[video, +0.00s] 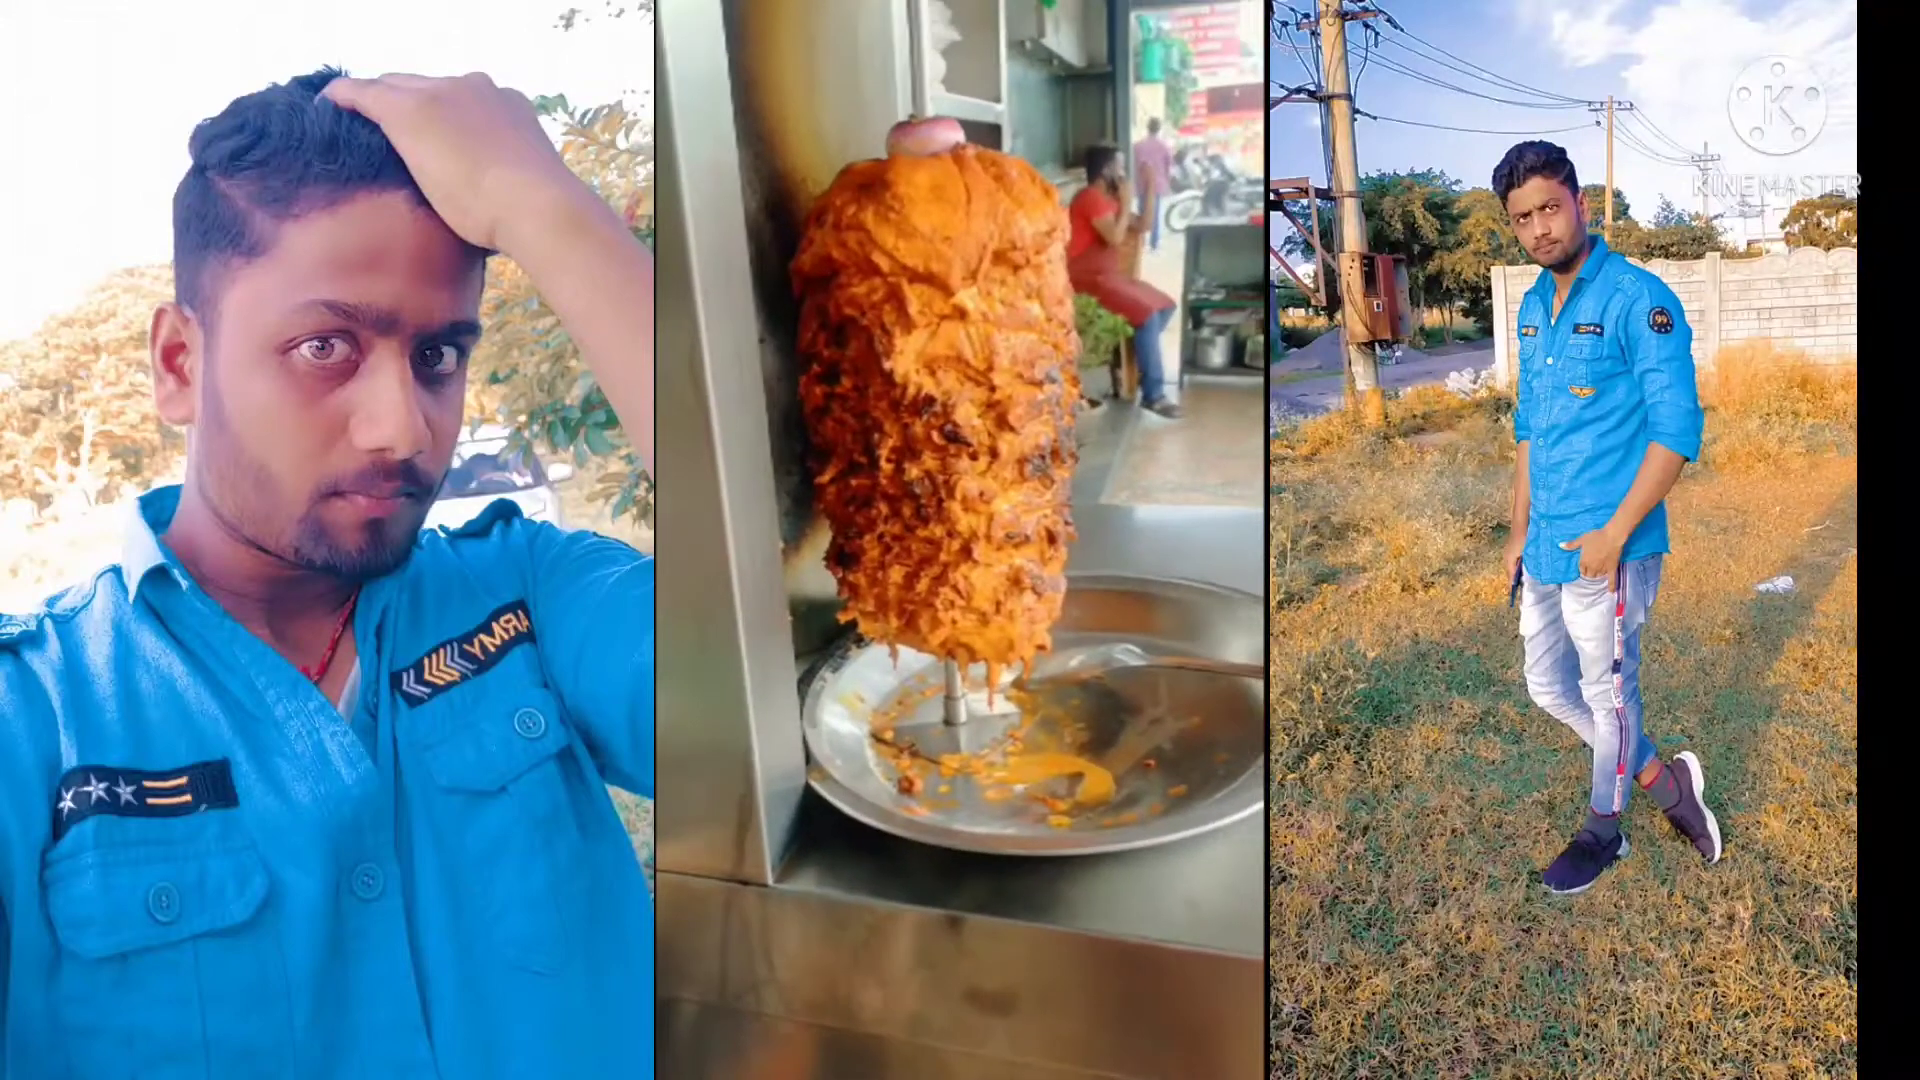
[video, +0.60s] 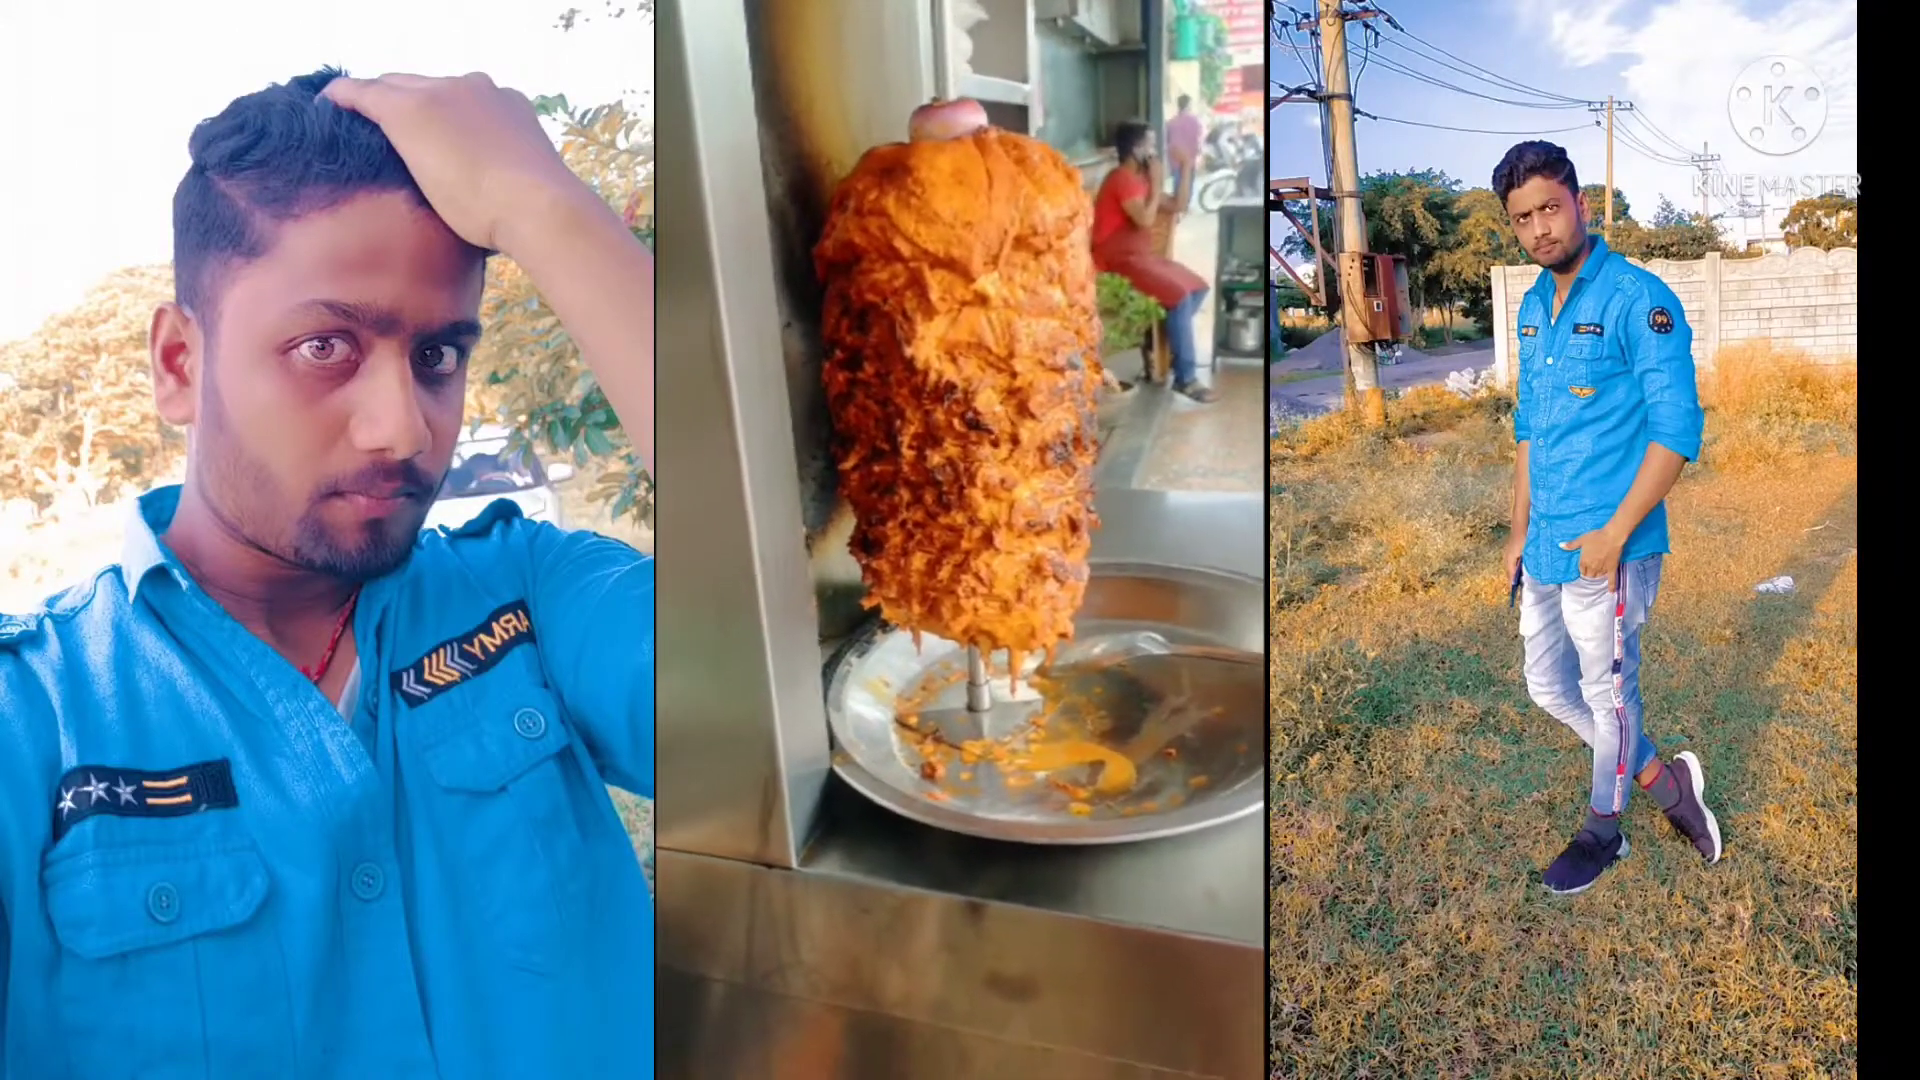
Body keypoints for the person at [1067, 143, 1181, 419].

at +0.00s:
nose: (1122, 171)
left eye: (1121, 165)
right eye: (1117, 165)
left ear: (1102, 170)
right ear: (1104, 169)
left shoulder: (1108, 197)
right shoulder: (1089, 198)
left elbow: (1141, 226)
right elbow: (1114, 236)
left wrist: (1150, 191)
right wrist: (1124, 199)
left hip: (1110, 273)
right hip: (1090, 276)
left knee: (1166, 306)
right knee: (1146, 315)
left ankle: (1123, 362)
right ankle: (1154, 395)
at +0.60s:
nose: (1153, 148)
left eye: (1153, 142)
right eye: (1149, 143)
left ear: (1134, 148)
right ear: (1134, 147)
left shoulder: (1139, 177)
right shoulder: (1121, 177)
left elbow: (1177, 206)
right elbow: (1144, 218)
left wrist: (1186, 168)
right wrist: (1156, 178)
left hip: (1140, 253)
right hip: (1119, 256)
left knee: (1199, 288)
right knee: (1178, 295)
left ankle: (1155, 345)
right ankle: (1185, 379)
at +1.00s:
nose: (1148, 126)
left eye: (1148, 120)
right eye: (1144, 120)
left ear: (1134, 125)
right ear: (1129, 124)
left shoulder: (1135, 155)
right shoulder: (1113, 155)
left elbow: (1169, 184)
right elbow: (1136, 196)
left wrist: (1176, 148)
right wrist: (1151, 153)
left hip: (1132, 232)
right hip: (1108, 235)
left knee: (1189, 267)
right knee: (1167, 274)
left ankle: (1142, 323)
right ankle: (1172, 358)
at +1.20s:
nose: (1119, 135)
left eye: (1118, 129)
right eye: (1113, 129)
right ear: (1099, 134)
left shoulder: (1106, 166)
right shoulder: (1085, 165)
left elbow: (1140, 193)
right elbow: (1108, 207)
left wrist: (1149, 156)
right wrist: (1124, 162)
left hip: (1102, 241)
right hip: (1079, 245)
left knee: (1159, 277)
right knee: (1138, 284)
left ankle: (1113, 331)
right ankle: (1142, 366)